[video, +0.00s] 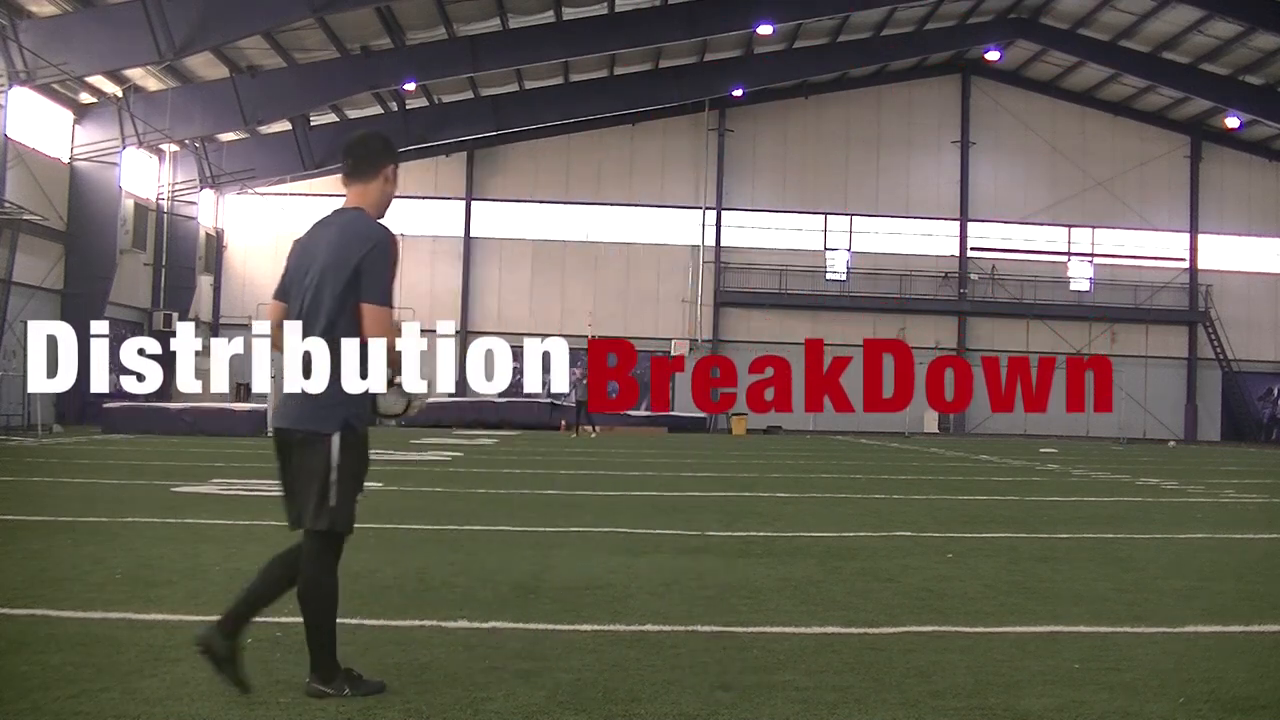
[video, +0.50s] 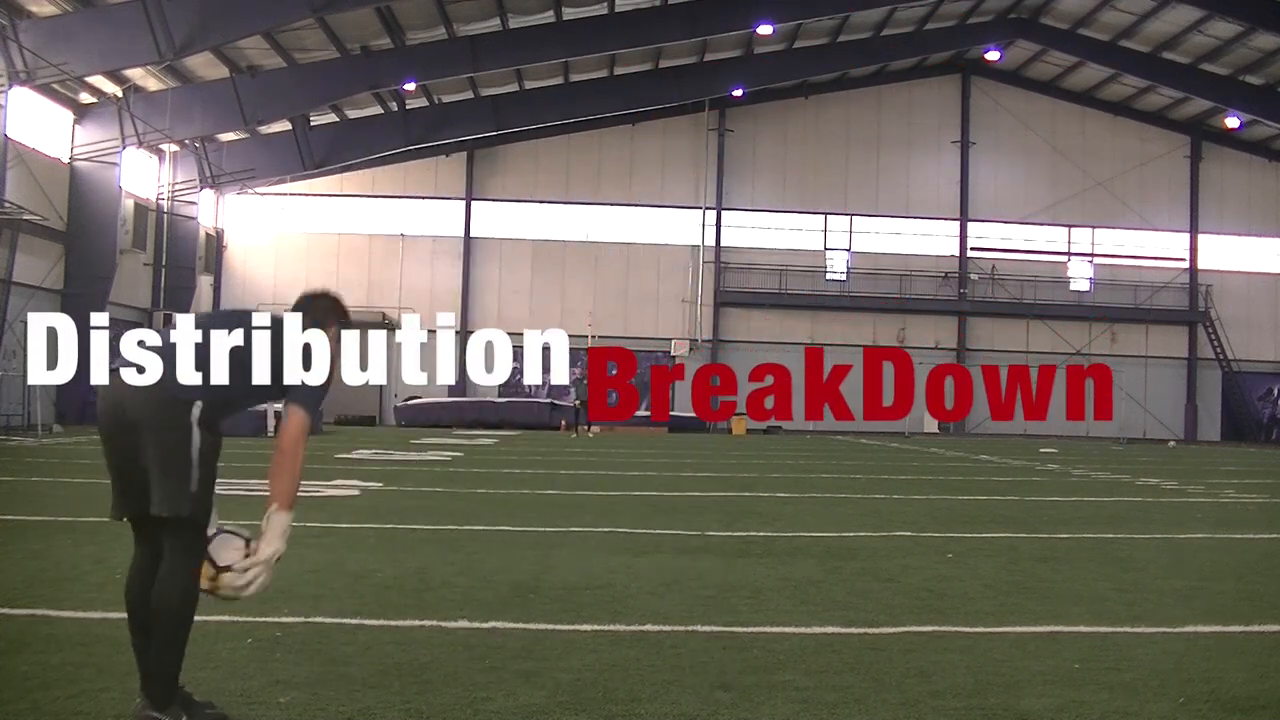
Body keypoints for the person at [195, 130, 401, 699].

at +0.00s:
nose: (397, 189)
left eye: (395, 179)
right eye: (396, 179)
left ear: (345, 176)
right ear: (388, 176)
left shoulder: (308, 238)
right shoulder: (374, 237)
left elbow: (277, 319)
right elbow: (377, 327)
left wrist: (300, 376)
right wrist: (393, 386)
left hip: (294, 412)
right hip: (334, 416)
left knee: (316, 542)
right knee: (323, 541)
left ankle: (224, 633)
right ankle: (325, 674)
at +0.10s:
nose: (381, 198)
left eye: (379, 187)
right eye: (382, 187)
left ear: (330, 183)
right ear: (373, 183)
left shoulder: (291, 241)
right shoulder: (357, 241)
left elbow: (255, 327)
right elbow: (352, 335)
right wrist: (363, 397)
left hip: (255, 416)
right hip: (303, 420)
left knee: (260, 541)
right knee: (308, 547)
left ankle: (173, 660)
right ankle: (327, 673)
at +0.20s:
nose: (367, 224)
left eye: (366, 215)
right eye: (369, 214)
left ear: (318, 208)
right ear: (360, 210)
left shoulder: (274, 257)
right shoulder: (346, 259)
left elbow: (252, 343)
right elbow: (330, 335)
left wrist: (296, 419)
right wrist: (343, 397)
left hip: (206, 418)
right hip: (260, 427)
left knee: (209, 549)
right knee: (290, 546)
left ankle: (158, 685)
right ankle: (319, 673)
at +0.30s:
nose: (358, 262)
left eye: (359, 253)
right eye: (360, 252)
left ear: (311, 240)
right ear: (352, 245)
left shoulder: (264, 273)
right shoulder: (336, 286)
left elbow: (227, 358)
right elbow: (326, 378)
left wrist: (267, 444)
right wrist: (336, 453)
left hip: (171, 404)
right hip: (228, 414)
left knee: (185, 541)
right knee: (260, 538)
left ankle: (157, 687)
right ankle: (275, 672)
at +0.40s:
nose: (350, 305)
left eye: (353, 296)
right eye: (352, 294)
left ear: (304, 278)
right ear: (342, 285)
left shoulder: (249, 299)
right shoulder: (324, 315)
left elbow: (215, 390)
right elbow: (311, 404)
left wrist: (237, 500)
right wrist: (304, 488)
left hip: (144, 398)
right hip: (201, 406)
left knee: (165, 539)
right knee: (225, 535)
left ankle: (155, 687)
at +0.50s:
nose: (336, 351)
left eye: (338, 340)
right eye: (339, 339)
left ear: (297, 316)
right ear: (327, 328)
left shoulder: (246, 327)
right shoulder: (314, 351)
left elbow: (197, 412)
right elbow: (291, 435)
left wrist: (198, 531)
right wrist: (276, 530)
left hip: (120, 397)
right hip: (175, 409)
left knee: (148, 549)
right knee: (183, 551)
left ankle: (155, 693)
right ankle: (162, 699)